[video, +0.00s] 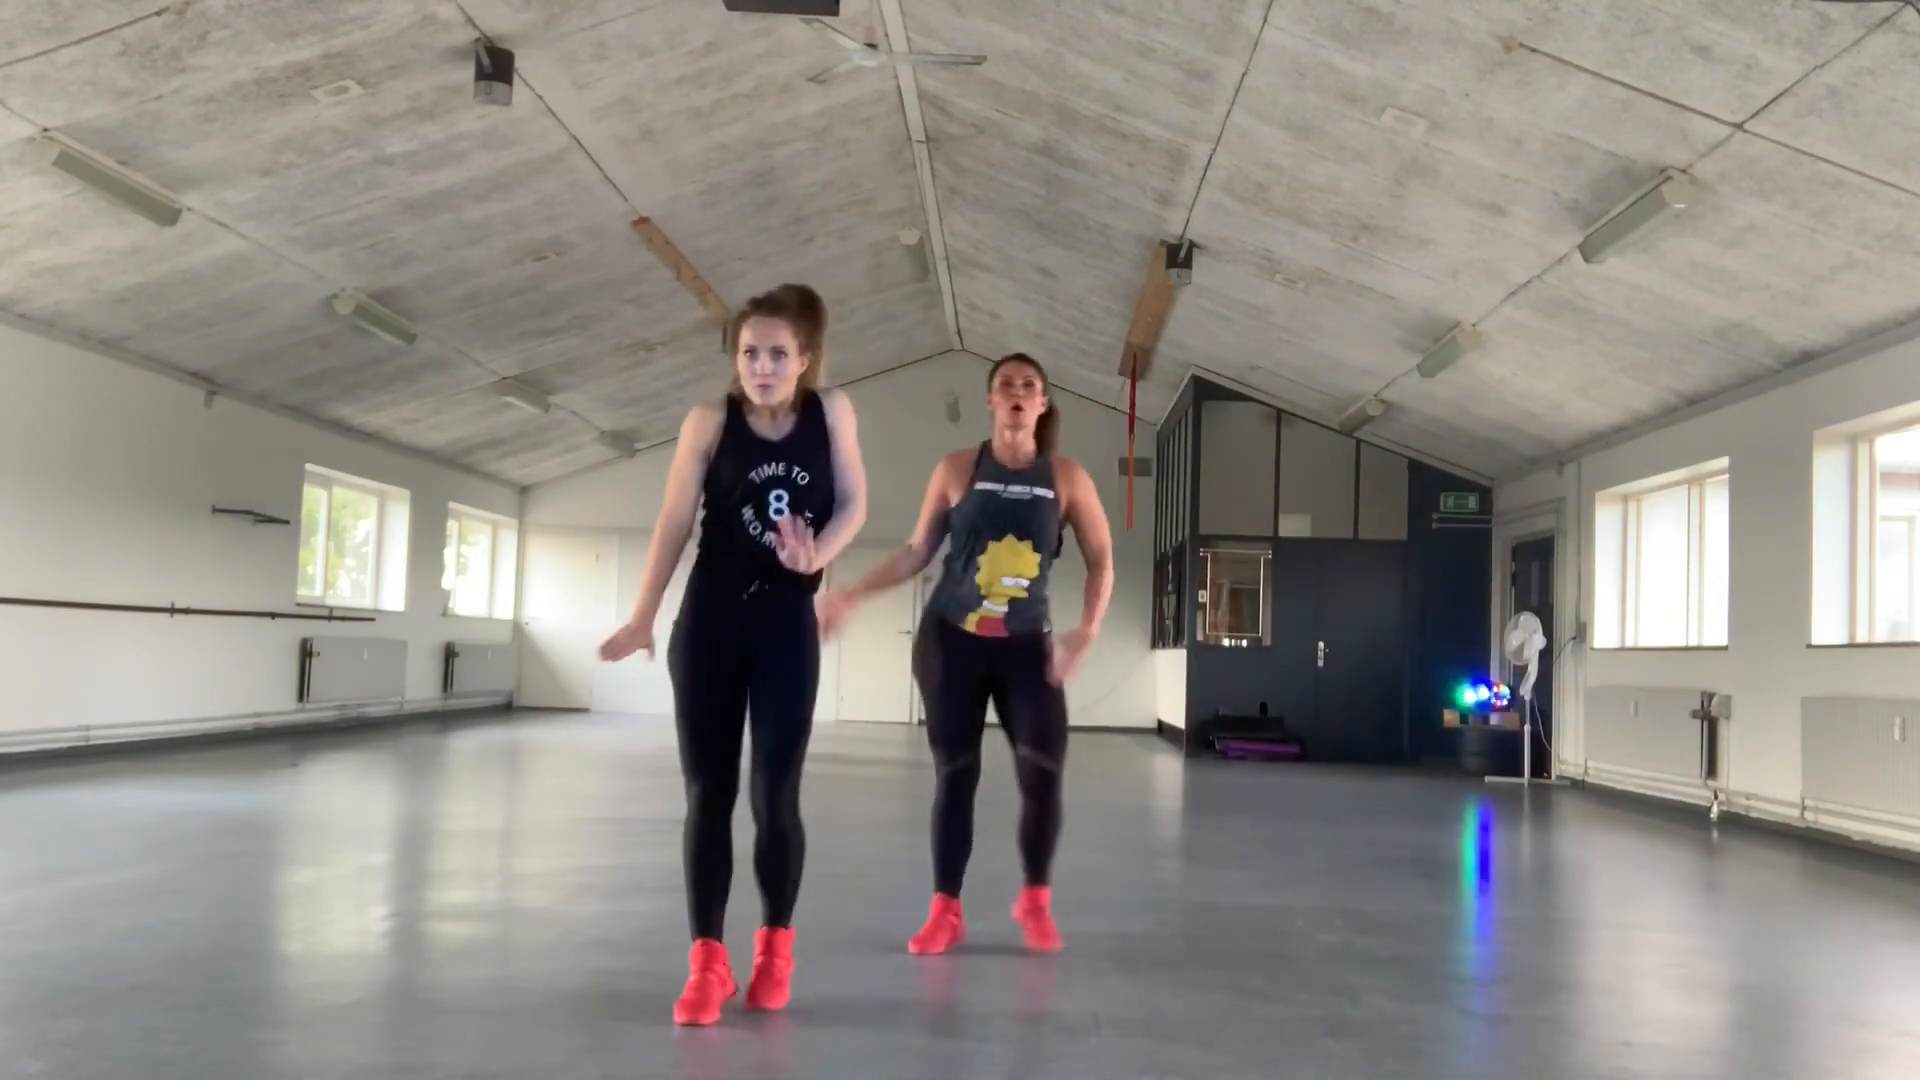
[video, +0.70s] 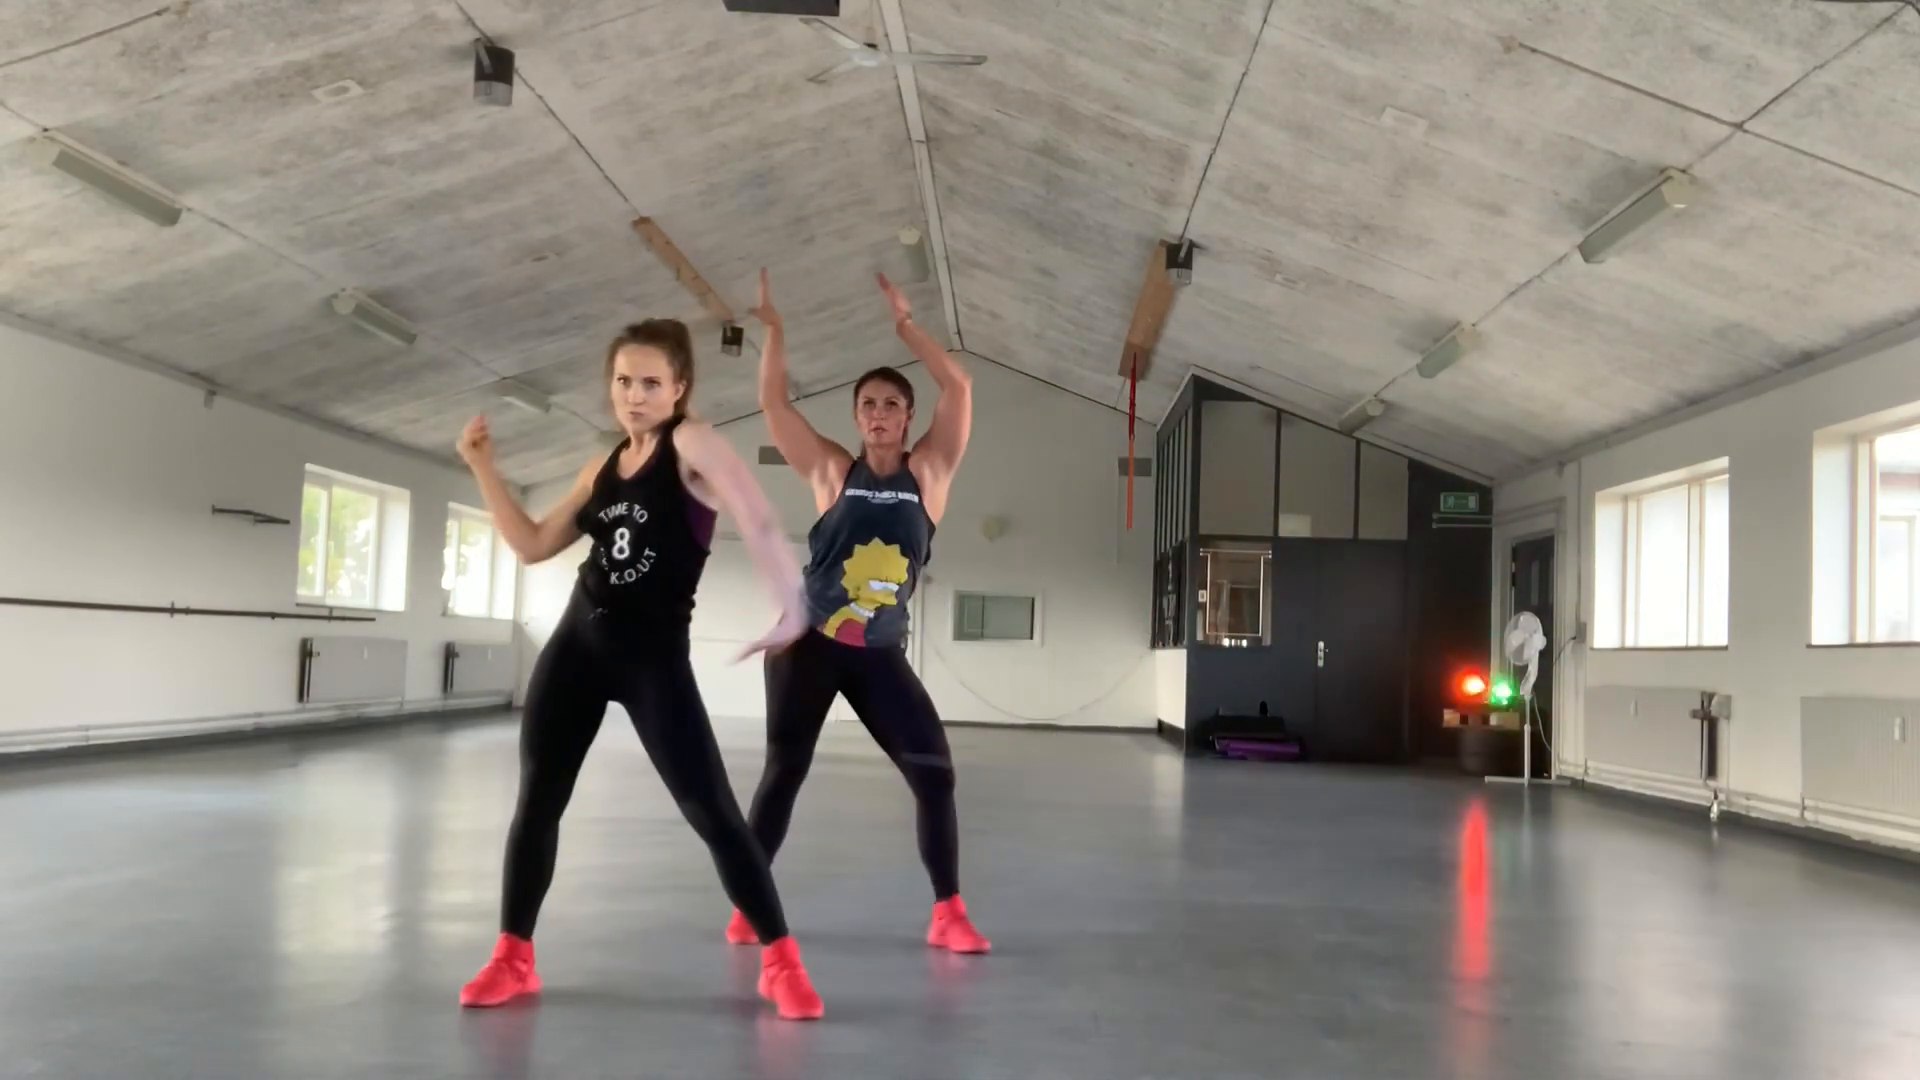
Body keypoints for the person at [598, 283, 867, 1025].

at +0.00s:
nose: (763, 365)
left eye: (778, 352)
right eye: (752, 351)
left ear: (807, 358)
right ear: (735, 356)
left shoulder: (830, 413)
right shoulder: (708, 422)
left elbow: (854, 505)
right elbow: (674, 522)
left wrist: (820, 553)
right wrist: (641, 618)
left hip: (788, 630)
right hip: (710, 627)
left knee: (774, 796)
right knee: (709, 796)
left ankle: (775, 944)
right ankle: (707, 955)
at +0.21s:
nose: (727, 388)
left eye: (742, 375)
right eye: (715, 375)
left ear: (769, 385)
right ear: (699, 384)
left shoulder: (797, 467)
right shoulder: (673, 452)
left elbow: (796, 569)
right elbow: (643, 544)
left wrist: (771, 632)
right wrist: (609, 624)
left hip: (755, 657)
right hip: (678, 649)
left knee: (744, 812)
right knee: (608, 768)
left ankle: (756, 954)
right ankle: (646, 931)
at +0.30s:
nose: (705, 380)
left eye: (721, 368)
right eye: (694, 366)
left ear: (748, 376)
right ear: (679, 370)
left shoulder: (771, 452)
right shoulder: (645, 427)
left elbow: (768, 549)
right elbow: (593, 496)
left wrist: (736, 575)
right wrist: (565, 579)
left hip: (736, 644)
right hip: (656, 640)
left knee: (756, 798)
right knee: (570, 772)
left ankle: (762, 943)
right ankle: (570, 924)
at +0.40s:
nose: (676, 384)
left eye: (693, 371)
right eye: (665, 368)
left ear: (723, 376)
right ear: (651, 370)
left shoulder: (740, 439)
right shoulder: (621, 413)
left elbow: (708, 530)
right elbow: (543, 428)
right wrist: (505, 508)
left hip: (705, 639)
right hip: (621, 641)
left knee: (767, 783)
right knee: (570, 793)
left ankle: (781, 947)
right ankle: (516, 946)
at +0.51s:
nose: (651, 389)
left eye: (668, 376)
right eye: (640, 374)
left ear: (699, 385)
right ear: (626, 379)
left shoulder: (709, 451)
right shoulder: (604, 428)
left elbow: (664, 541)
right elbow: (525, 428)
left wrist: (589, 605)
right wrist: (445, 453)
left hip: (672, 657)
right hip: (590, 651)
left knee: (746, 804)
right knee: (548, 806)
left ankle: (791, 958)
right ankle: (517, 956)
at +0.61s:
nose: (636, 394)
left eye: (653, 383)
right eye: (625, 381)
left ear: (680, 391)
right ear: (611, 386)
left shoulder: (691, 448)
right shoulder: (599, 457)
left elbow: (693, 551)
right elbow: (524, 493)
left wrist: (671, 648)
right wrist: (462, 451)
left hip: (652, 654)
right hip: (574, 650)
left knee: (724, 813)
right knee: (531, 805)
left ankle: (785, 962)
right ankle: (513, 957)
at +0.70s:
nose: (635, 395)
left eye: (651, 383)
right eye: (625, 381)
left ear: (679, 389)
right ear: (610, 386)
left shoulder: (692, 443)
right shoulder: (604, 470)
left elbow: (758, 521)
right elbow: (531, 543)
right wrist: (483, 467)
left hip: (653, 658)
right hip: (576, 649)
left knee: (713, 816)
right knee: (539, 800)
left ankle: (782, 959)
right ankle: (513, 956)